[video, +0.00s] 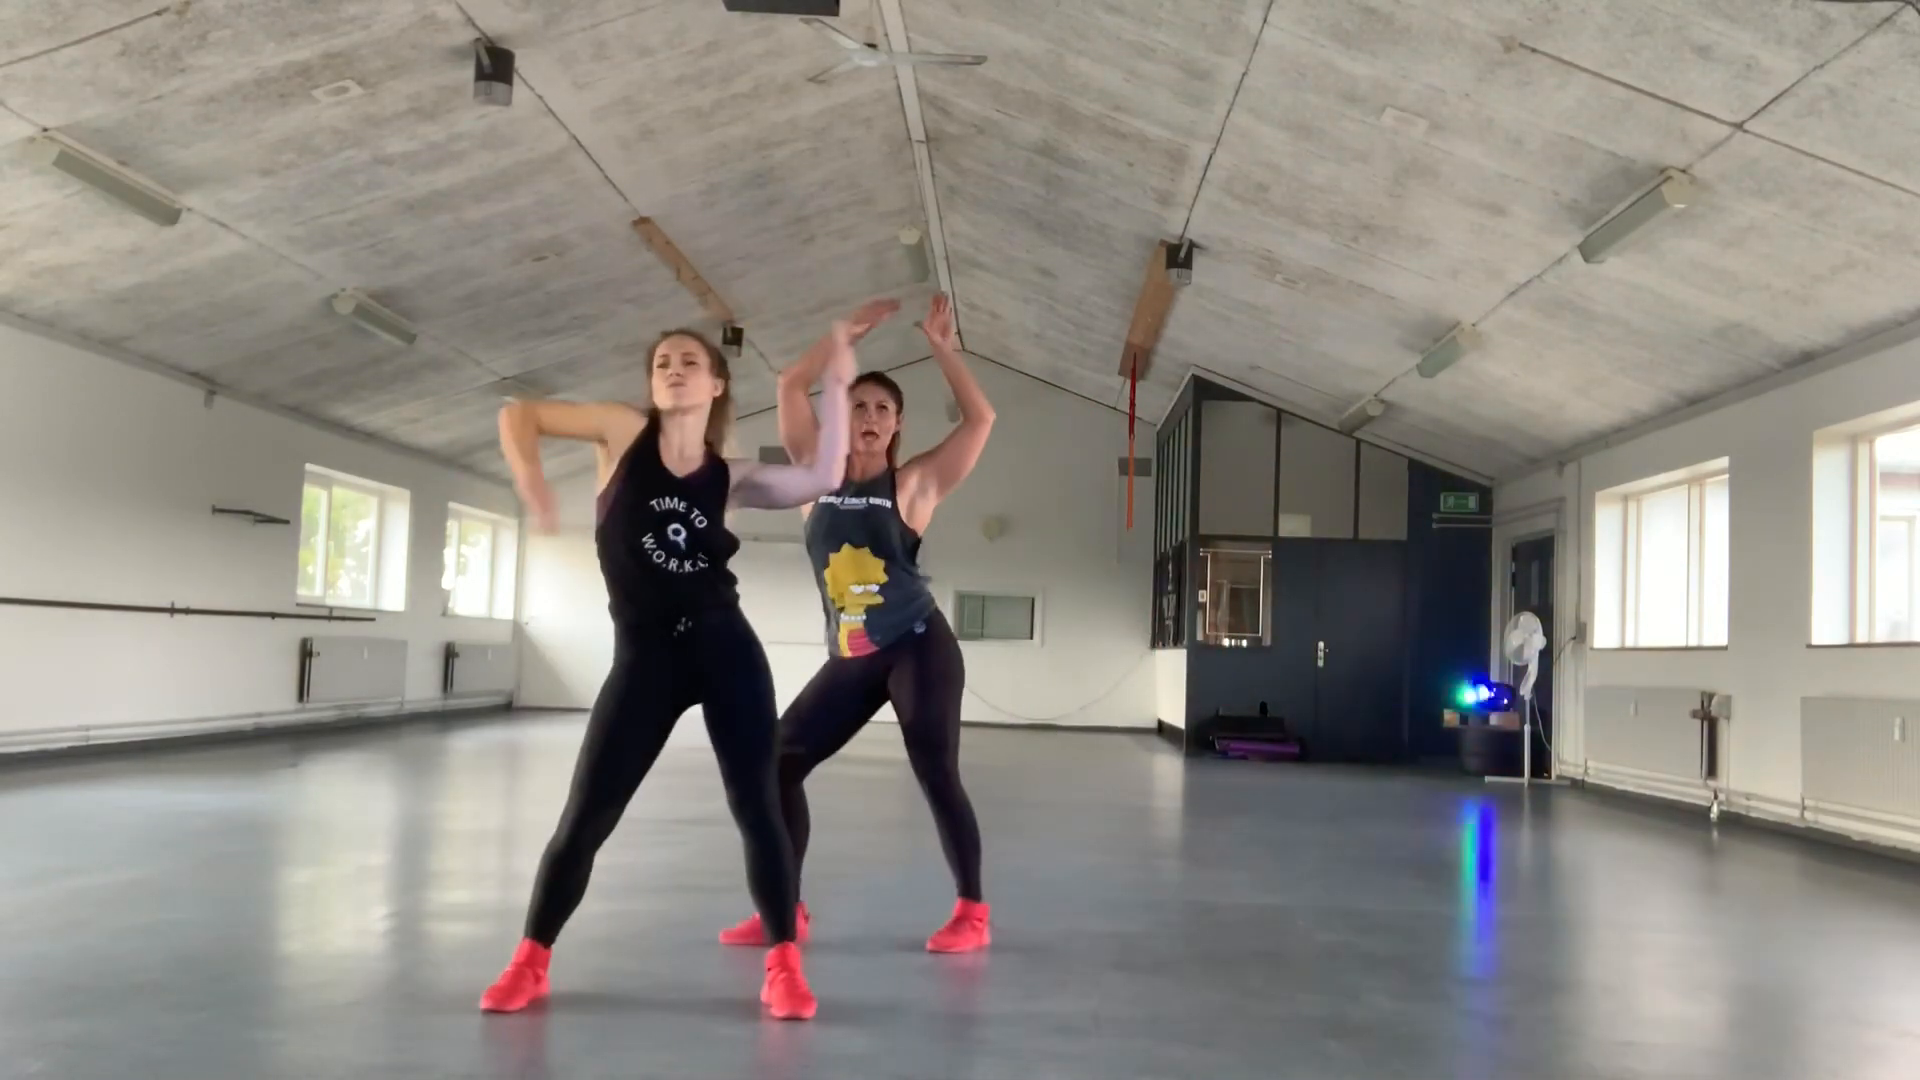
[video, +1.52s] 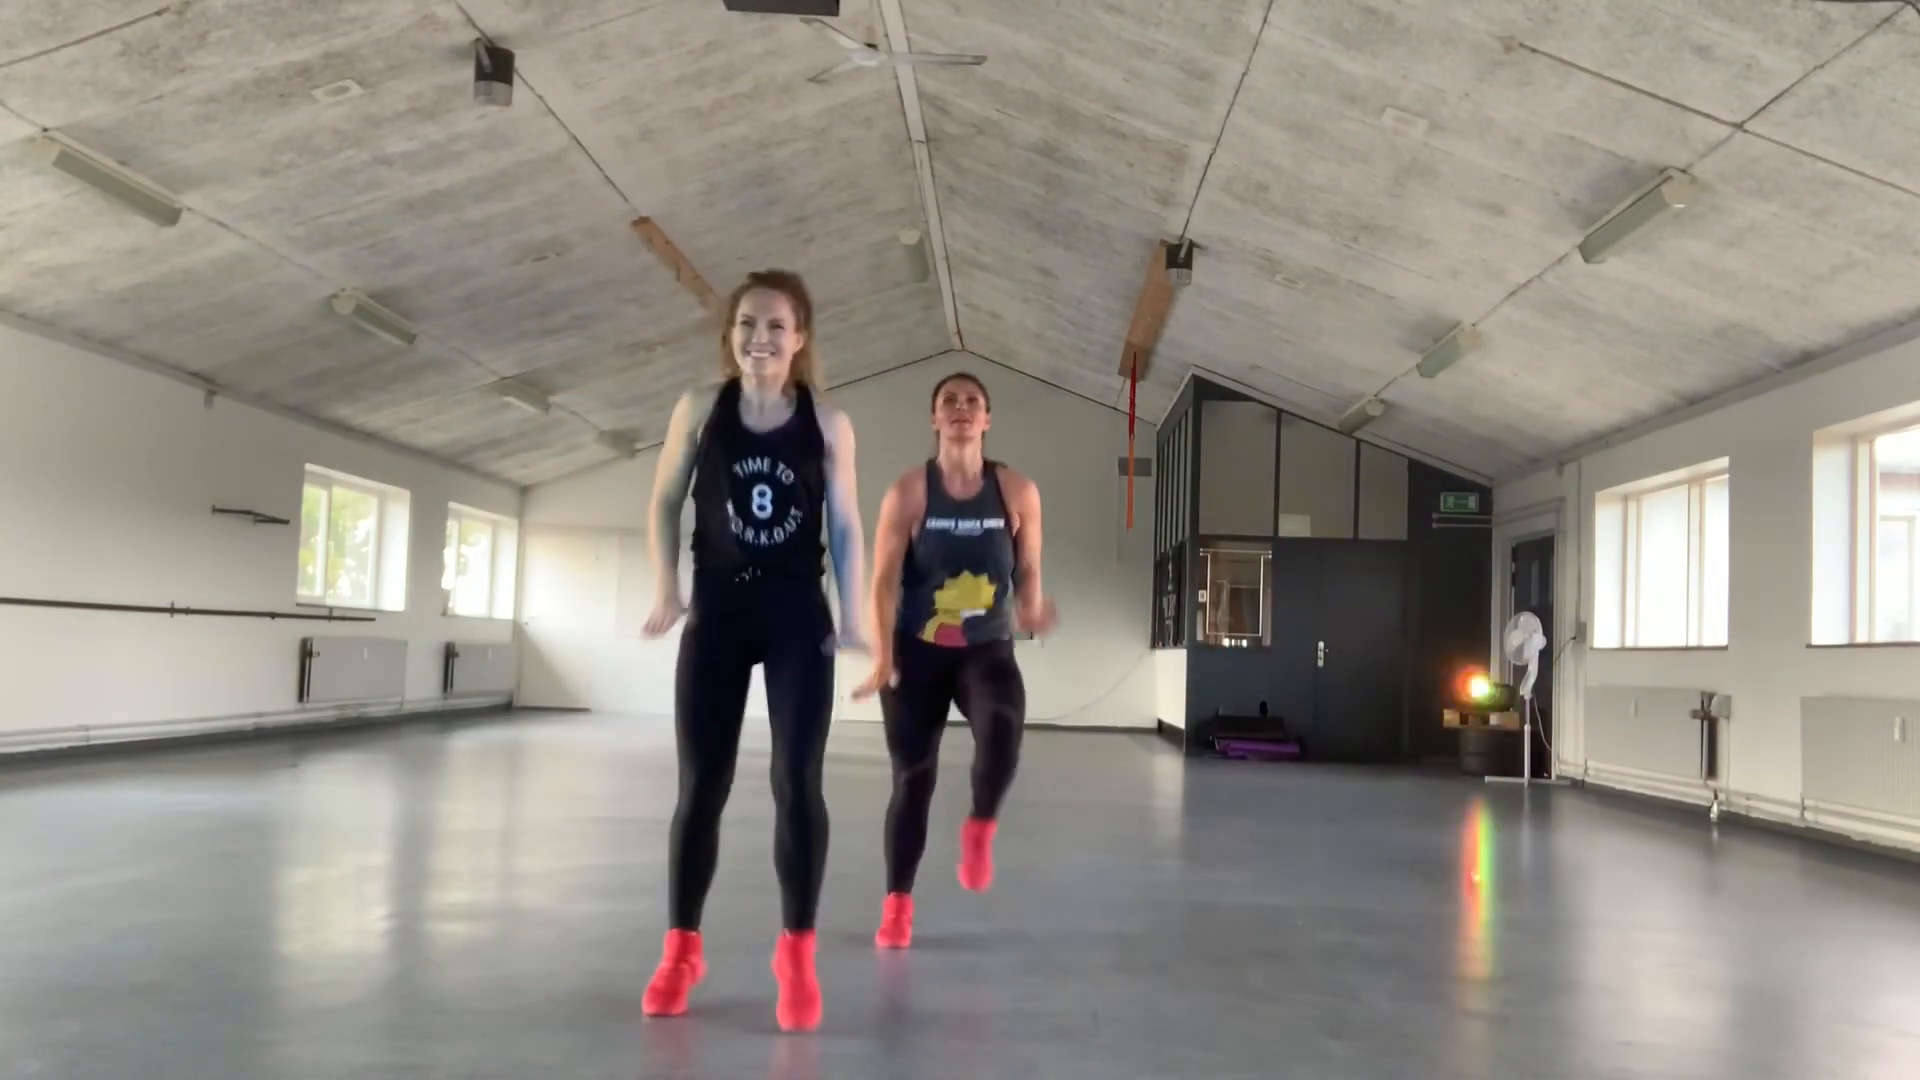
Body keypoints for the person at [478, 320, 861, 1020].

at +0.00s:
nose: (674, 371)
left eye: (690, 363)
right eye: (663, 364)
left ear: (719, 386)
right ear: (649, 385)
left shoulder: (729, 477)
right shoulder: (623, 429)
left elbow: (821, 476)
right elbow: (518, 414)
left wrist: (835, 380)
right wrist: (534, 487)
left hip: (728, 658)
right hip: (644, 663)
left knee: (756, 808)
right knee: (583, 822)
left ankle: (786, 962)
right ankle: (531, 959)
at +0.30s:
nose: (658, 367)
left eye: (675, 360)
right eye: (647, 358)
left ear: (700, 381)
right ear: (631, 378)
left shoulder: (723, 445)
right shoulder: (608, 450)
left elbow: (767, 350)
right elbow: (514, 400)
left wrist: (680, 312)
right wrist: (520, 310)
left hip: (662, 659)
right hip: (580, 645)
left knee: (728, 801)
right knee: (553, 801)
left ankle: (774, 965)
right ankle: (521, 959)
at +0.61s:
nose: (687, 363)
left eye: (703, 355)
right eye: (677, 351)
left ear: (725, 374)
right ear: (657, 365)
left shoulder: (734, 437)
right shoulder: (626, 426)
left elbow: (788, 351)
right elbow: (551, 361)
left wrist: (705, 276)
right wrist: (617, 301)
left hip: (729, 645)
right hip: (658, 651)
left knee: (742, 796)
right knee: (577, 793)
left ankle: (776, 956)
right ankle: (544, 957)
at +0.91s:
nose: (727, 358)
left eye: (741, 349)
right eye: (715, 346)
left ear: (761, 368)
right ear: (695, 362)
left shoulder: (778, 440)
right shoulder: (670, 440)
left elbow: (791, 471)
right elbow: (563, 435)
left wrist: (774, 368)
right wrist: (622, 374)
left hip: (768, 642)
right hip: (689, 646)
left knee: (780, 795)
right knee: (619, 799)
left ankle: (777, 958)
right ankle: (557, 956)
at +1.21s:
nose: (721, 380)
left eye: (734, 369)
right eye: (708, 371)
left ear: (759, 385)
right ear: (691, 392)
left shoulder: (796, 462)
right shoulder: (673, 481)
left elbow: (823, 563)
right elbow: (649, 587)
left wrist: (793, 508)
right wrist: (623, 690)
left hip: (759, 647)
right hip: (681, 653)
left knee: (715, 703)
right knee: (682, 818)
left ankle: (741, 834)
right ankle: (679, 960)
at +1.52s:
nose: (762, 337)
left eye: (778, 325)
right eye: (750, 324)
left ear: (801, 337)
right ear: (730, 333)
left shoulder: (829, 426)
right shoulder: (699, 411)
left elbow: (846, 525)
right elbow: (664, 502)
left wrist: (853, 613)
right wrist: (666, 587)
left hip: (799, 619)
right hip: (717, 617)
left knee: (797, 783)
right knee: (702, 785)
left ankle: (797, 948)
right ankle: (681, 945)